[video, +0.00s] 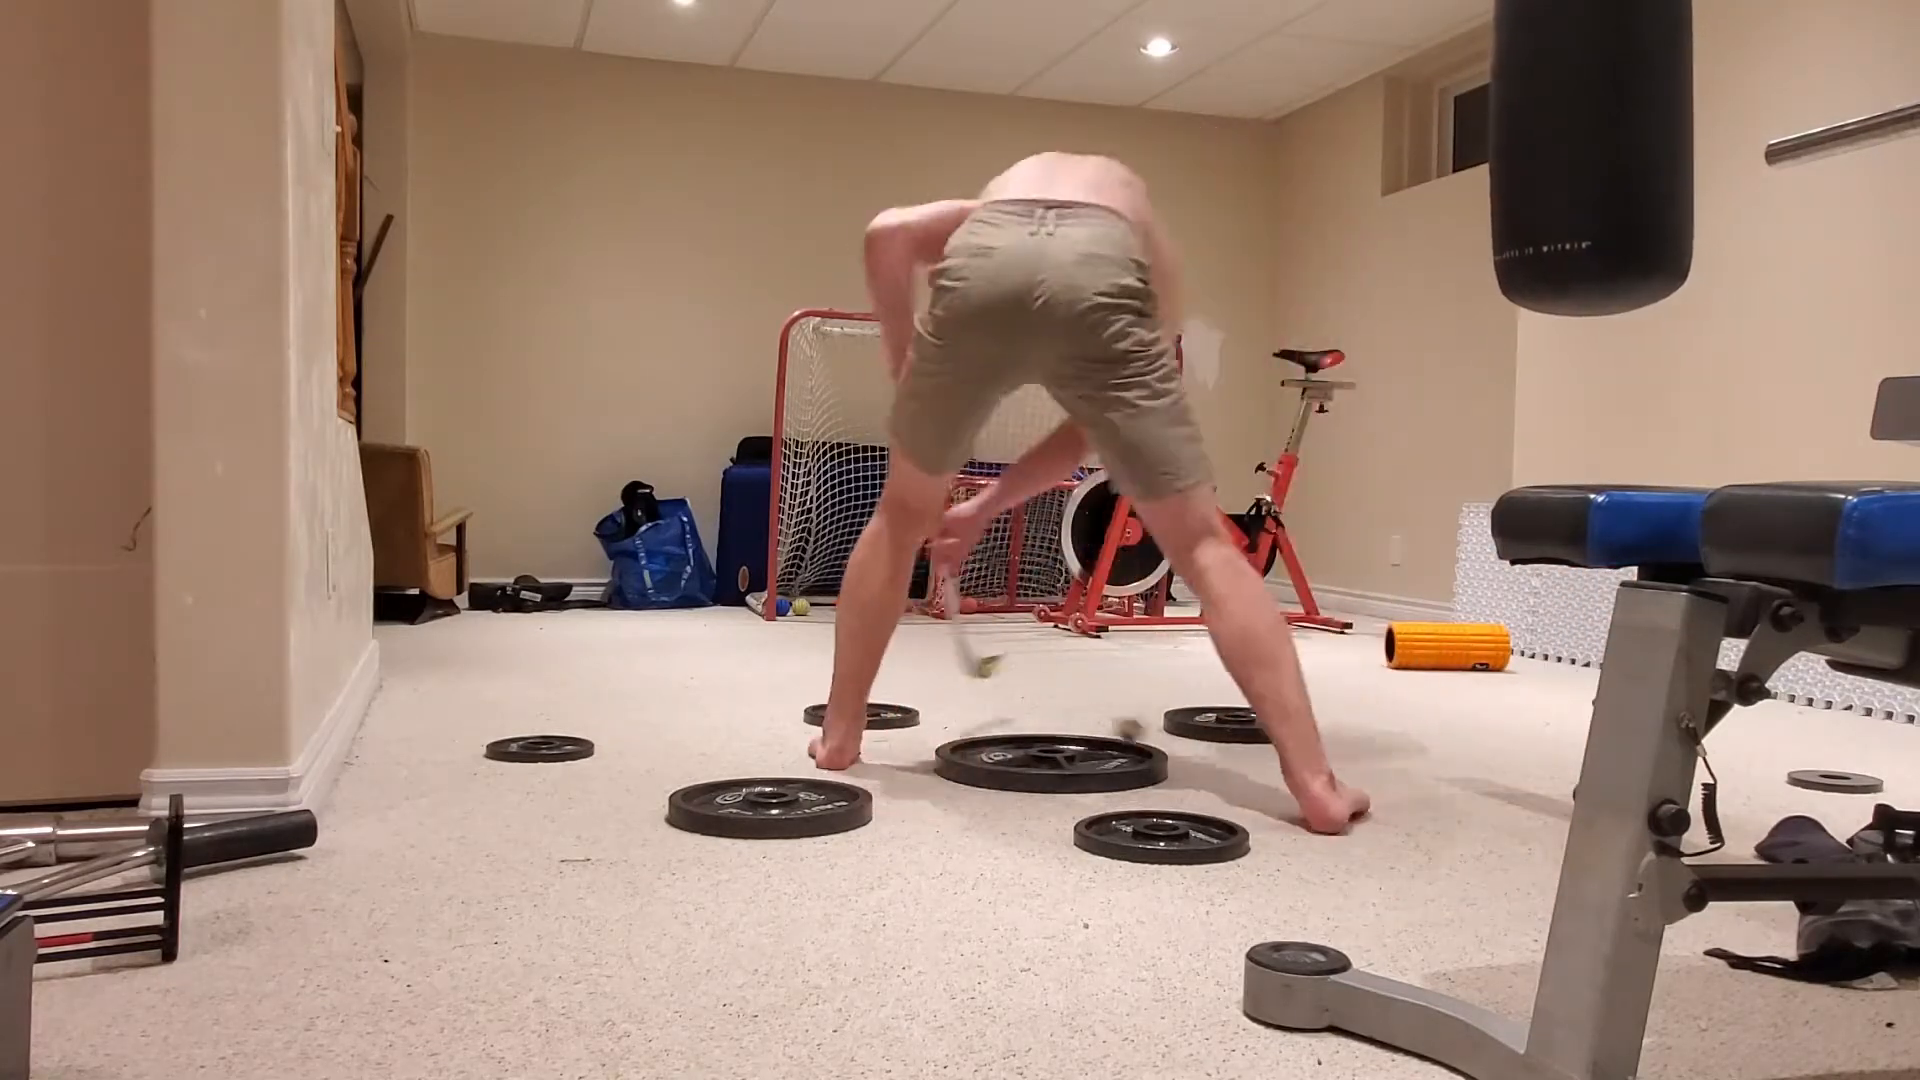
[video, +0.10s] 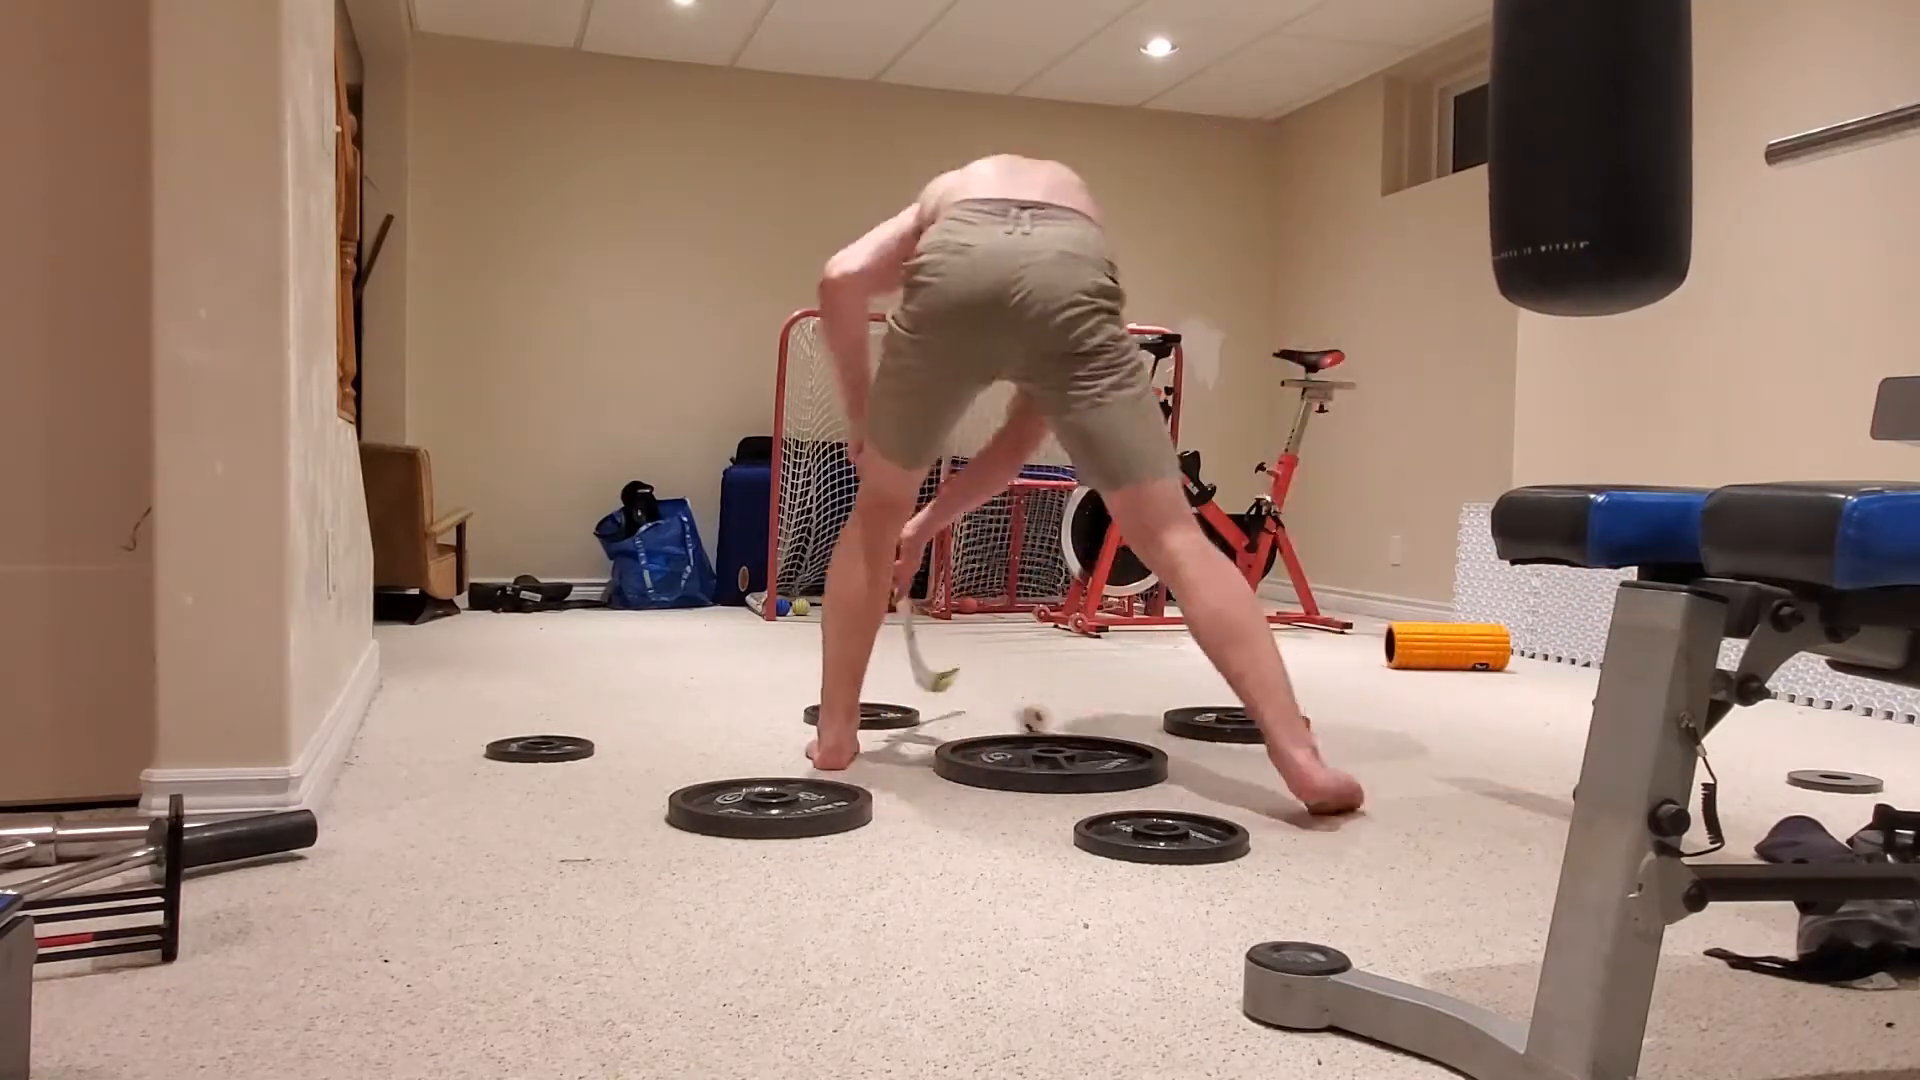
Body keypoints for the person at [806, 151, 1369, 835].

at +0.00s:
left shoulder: (986, 211)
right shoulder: (1150, 259)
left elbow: (888, 232)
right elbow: (1097, 419)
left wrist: (903, 370)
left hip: (989, 252)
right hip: (1109, 267)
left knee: (897, 519)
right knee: (1205, 547)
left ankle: (839, 737)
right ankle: (1316, 786)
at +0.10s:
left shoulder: (941, 199)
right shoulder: (1085, 246)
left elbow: (840, 278)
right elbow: (1015, 442)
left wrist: (860, 423)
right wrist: (926, 528)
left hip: (957, 248)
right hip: (1075, 258)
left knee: (877, 516)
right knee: (1173, 536)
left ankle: (835, 736)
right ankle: (1302, 761)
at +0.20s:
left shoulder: (898, 203)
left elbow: (820, 299)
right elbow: (988, 436)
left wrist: (851, 422)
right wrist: (906, 538)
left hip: (938, 242)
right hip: (1051, 244)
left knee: (867, 512)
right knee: (1152, 515)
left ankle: (834, 735)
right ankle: (1279, 697)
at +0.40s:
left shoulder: (875, 227)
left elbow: (833, 336)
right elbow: (1011, 430)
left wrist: (898, 474)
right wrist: (964, 533)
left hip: (930, 244)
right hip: (1042, 239)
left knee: (869, 511)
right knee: (1095, 493)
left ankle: (837, 736)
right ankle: (1169, 699)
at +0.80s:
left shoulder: (989, 275)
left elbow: (985, 432)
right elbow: (1133, 443)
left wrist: (1038, 534)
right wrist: (1115, 539)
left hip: (1033, 272)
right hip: (1132, 279)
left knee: (938, 490)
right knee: (1090, 517)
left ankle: (882, 669)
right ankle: (1076, 702)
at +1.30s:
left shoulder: (1124, 294)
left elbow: (1079, 417)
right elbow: (1235, 448)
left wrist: (1149, 513)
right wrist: (1214, 553)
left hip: (1151, 287)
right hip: (1241, 284)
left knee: (1124, 506)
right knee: (1269, 491)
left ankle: (1110, 678)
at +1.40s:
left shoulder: (1159, 292)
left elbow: (1109, 393)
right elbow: (1234, 464)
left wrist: (1124, 468)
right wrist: (1182, 542)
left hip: (1196, 297)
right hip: (1285, 306)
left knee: (1141, 503)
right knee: (1305, 510)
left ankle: (1110, 675)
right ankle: (1359, 680)